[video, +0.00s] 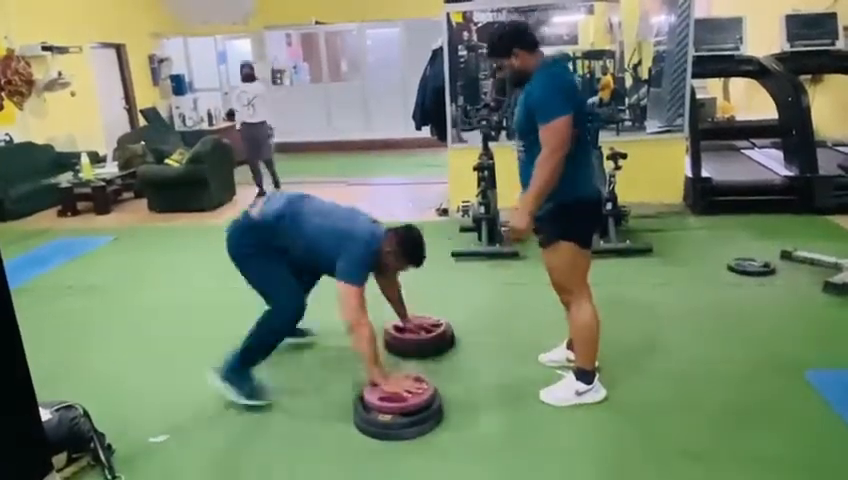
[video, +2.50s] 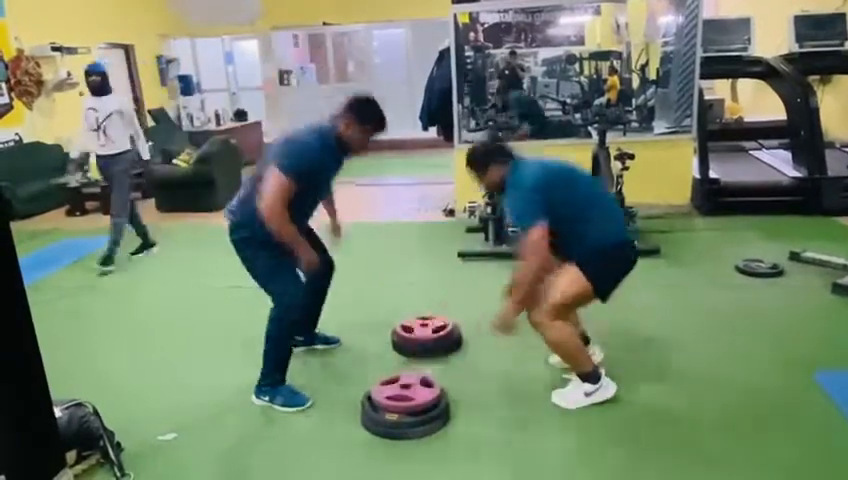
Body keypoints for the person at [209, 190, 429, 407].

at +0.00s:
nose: (396, 272)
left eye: (400, 269)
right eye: (397, 266)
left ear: (395, 242)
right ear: (389, 249)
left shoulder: (378, 236)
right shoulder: (356, 252)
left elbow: (387, 279)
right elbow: (356, 321)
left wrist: (404, 318)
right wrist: (377, 374)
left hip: (275, 219)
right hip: (248, 235)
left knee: (312, 267)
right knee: (289, 306)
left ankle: (285, 324)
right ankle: (234, 371)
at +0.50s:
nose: (342, 109)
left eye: (344, 102)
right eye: (338, 101)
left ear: (328, 95)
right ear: (314, 93)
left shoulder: (314, 129)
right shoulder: (278, 131)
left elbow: (302, 182)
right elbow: (258, 201)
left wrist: (308, 226)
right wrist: (284, 252)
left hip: (273, 213)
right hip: (240, 221)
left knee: (303, 261)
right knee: (274, 291)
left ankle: (296, 332)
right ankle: (264, 384)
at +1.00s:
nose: (302, 81)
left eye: (304, 73)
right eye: (298, 72)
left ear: (281, 63)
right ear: (274, 60)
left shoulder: (278, 97)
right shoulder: (242, 103)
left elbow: (288, 153)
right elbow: (244, 174)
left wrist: (323, 187)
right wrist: (272, 226)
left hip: (287, 210)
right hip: (257, 216)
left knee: (288, 276)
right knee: (265, 296)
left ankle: (294, 335)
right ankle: (262, 384)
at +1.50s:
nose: (302, 82)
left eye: (305, 75)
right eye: (299, 73)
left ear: (281, 64)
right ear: (274, 61)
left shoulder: (279, 99)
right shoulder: (242, 104)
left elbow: (287, 159)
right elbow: (240, 174)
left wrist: (303, 204)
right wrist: (268, 226)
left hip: (288, 212)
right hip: (260, 218)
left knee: (291, 278)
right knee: (266, 297)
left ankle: (294, 336)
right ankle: (262, 385)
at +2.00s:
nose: (312, 82)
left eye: (315, 75)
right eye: (309, 73)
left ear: (291, 64)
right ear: (284, 61)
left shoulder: (288, 97)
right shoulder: (250, 100)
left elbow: (296, 153)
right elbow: (245, 168)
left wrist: (322, 193)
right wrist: (282, 219)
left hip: (295, 208)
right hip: (265, 214)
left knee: (297, 276)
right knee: (271, 295)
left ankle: (299, 334)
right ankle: (268, 382)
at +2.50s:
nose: (367, 144)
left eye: (370, 137)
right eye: (366, 136)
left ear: (350, 125)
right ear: (347, 124)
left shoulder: (333, 148)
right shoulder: (306, 146)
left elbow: (321, 182)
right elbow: (270, 206)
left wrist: (332, 216)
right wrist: (302, 250)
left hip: (287, 220)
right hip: (252, 226)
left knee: (320, 267)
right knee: (291, 297)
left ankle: (302, 332)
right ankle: (269, 385)